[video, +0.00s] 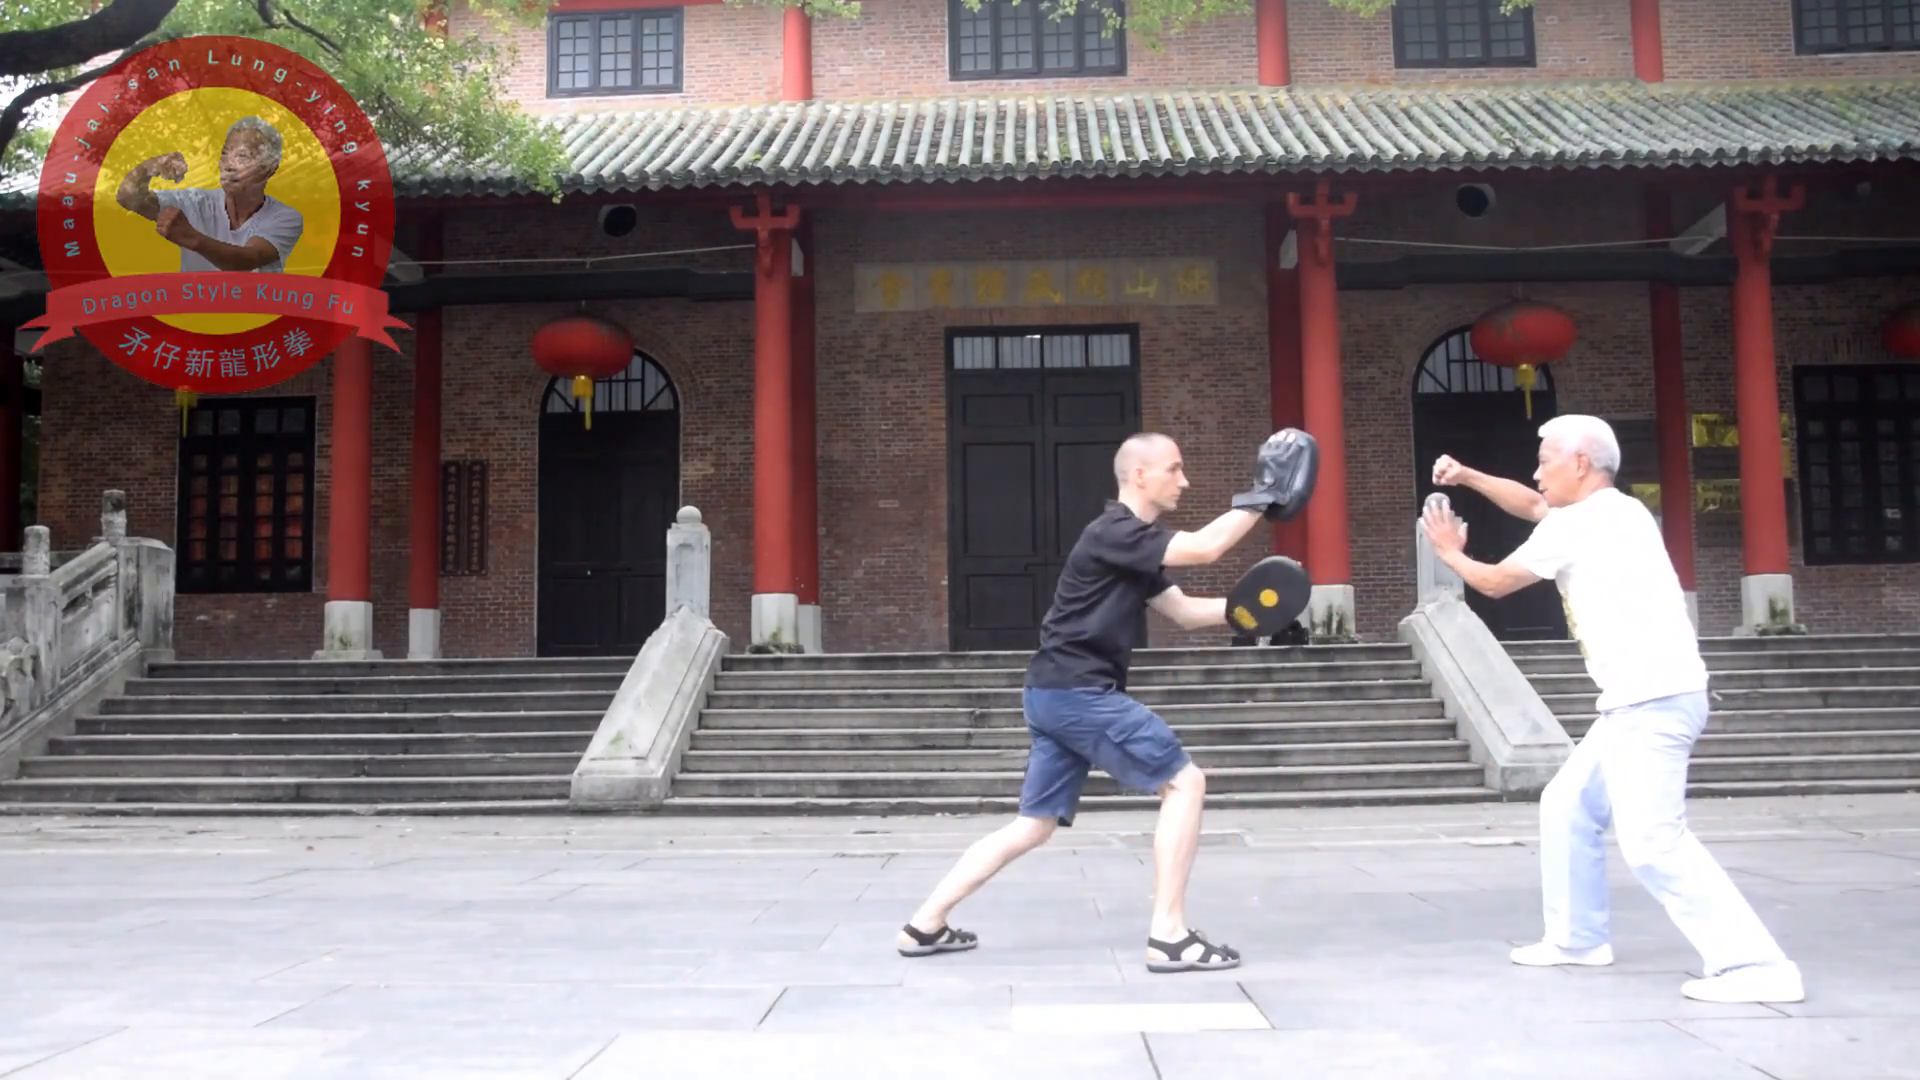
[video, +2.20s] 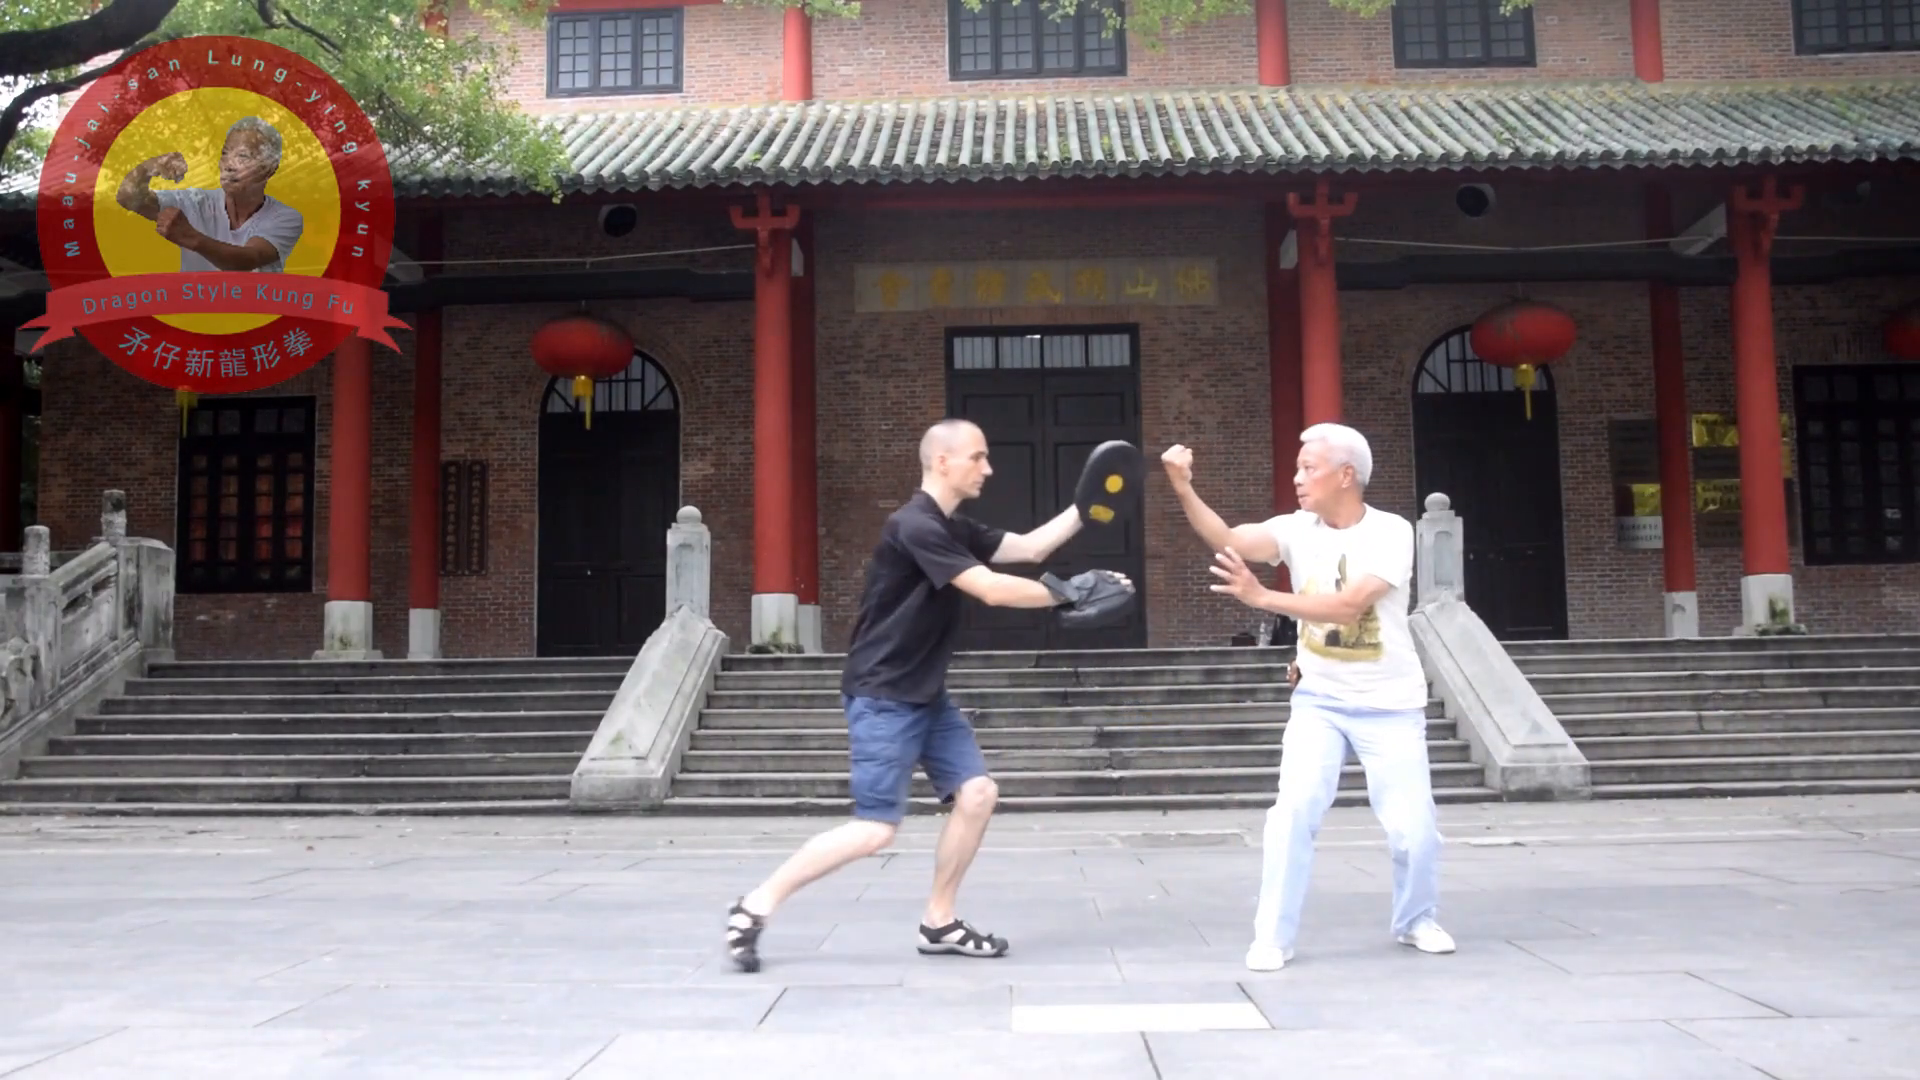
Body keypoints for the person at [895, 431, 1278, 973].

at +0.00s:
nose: (1184, 480)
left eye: (1183, 469)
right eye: (1175, 470)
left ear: (1142, 480)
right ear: (1139, 477)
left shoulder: (1125, 537)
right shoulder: (1116, 530)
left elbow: (1183, 611)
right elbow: (1205, 547)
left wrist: (1257, 609)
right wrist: (1261, 496)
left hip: (1053, 691)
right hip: (1076, 690)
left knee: (1033, 826)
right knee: (1185, 783)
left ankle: (925, 923)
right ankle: (1169, 935)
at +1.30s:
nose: (1124, 463)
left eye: (1122, 454)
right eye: (1114, 453)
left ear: (1088, 460)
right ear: (1078, 459)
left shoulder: (1103, 530)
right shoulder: (1050, 521)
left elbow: (1143, 594)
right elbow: (1118, 543)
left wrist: (1182, 625)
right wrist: (1180, 483)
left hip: (1056, 688)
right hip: (1056, 687)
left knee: (1025, 821)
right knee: (1165, 783)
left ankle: (924, 924)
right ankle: (1168, 935)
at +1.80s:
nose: (1084, 457)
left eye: (1082, 446)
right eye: (1073, 447)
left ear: (1043, 457)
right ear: (1037, 455)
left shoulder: (1037, 516)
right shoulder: (1024, 511)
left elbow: (1057, 608)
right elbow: (1052, 583)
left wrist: (1126, 622)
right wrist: (1118, 541)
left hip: (1019, 687)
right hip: (1036, 686)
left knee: (1070, 817)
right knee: (1135, 785)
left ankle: (958, 894)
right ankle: (1167, 937)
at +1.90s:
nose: (1059, 456)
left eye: (1059, 446)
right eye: (1049, 446)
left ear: (1022, 450)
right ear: (1014, 449)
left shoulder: (1015, 514)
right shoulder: (993, 509)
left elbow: (1038, 610)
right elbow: (1006, 595)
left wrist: (1109, 586)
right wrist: (1085, 574)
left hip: (1010, 683)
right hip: (996, 684)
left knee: (1053, 809)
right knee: (1082, 792)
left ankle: (953, 909)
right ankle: (1150, 930)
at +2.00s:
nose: (1037, 464)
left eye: (1037, 453)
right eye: (1027, 453)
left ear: (1004, 460)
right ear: (991, 458)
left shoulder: (1005, 528)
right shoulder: (962, 518)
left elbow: (1041, 581)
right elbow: (1002, 598)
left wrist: (1100, 572)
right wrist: (1081, 581)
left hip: (979, 682)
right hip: (944, 682)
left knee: (1019, 803)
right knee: (1041, 768)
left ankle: (943, 917)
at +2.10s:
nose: (1013, 468)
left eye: (1013, 458)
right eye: (1003, 457)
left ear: (980, 463)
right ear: (968, 461)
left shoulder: (981, 527)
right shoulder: (939, 522)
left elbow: (1048, 560)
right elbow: (1004, 590)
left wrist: (1112, 520)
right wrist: (1083, 588)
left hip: (950, 682)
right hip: (911, 684)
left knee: (999, 802)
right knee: (980, 799)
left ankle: (940, 922)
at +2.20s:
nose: (987, 467)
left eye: (987, 457)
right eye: (978, 457)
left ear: (952, 465)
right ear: (941, 463)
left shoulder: (953, 523)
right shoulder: (916, 525)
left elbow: (1026, 549)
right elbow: (989, 589)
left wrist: (1087, 506)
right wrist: (1068, 595)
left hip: (927, 695)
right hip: (882, 695)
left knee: (978, 795)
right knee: (875, 830)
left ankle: (939, 923)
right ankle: (754, 908)